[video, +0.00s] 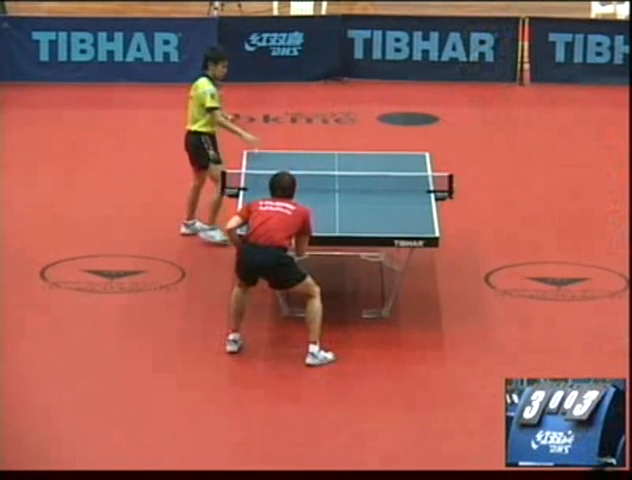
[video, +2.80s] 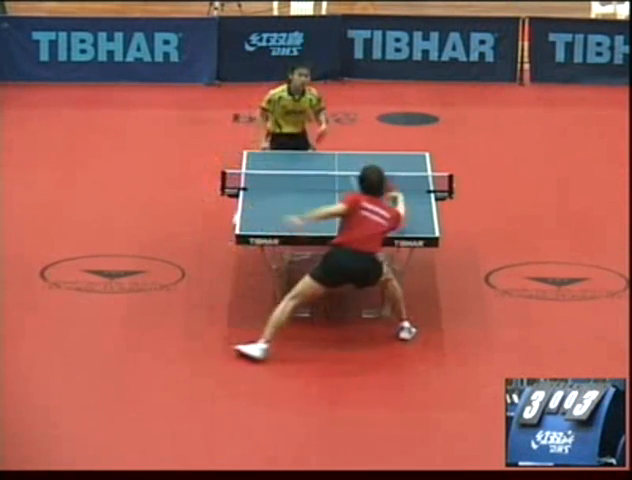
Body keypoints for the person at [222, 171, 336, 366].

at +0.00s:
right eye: (293, 189)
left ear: (271, 191)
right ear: (293, 192)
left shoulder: (255, 206)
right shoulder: (302, 212)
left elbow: (230, 228)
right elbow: (301, 251)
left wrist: (241, 246)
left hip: (249, 252)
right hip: (276, 256)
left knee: (242, 287)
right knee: (313, 292)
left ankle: (233, 336)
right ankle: (315, 349)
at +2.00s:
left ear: (268, 168)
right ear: (290, 169)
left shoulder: (253, 189)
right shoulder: (301, 192)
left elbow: (233, 218)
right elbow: (308, 233)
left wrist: (249, 229)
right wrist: (290, 233)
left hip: (255, 244)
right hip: (285, 246)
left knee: (240, 285)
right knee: (320, 289)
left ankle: (228, 336)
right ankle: (340, 342)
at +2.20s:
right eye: (304, 165)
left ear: (286, 169)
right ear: (308, 169)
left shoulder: (272, 190)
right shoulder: (321, 194)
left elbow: (252, 220)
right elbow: (332, 232)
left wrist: (270, 228)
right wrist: (316, 228)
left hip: (272, 245)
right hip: (302, 247)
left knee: (246, 285)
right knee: (335, 291)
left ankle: (228, 336)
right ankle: (350, 344)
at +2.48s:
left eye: (309, 168)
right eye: (317, 169)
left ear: (301, 172)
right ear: (322, 174)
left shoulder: (285, 194)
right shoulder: (333, 198)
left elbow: (255, 213)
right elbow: (356, 228)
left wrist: (250, 214)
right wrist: (338, 220)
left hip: (288, 254)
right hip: (319, 256)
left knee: (249, 294)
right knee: (353, 282)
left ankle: (237, 345)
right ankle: (369, 331)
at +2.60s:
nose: (332, 176)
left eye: (328, 172)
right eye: (341, 173)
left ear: (323, 174)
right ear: (345, 176)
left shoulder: (310, 193)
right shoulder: (354, 201)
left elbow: (279, 201)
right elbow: (377, 225)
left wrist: (248, 203)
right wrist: (357, 214)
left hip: (304, 255)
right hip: (334, 257)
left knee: (262, 294)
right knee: (367, 285)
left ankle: (238, 345)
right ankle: (398, 324)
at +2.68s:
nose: (347, 180)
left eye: (343, 176)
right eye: (356, 176)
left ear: (340, 179)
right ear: (362, 180)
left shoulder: (331, 197)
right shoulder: (373, 206)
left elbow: (300, 202)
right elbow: (395, 224)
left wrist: (268, 205)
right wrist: (382, 215)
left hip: (322, 256)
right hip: (351, 260)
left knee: (279, 298)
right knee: (378, 285)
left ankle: (243, 344)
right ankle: (404, 327)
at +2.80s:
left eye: (363, 184)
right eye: (382, 183)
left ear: (361, 185)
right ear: (383, 188)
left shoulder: (356, 200)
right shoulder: (391, 215)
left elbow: (337, 211)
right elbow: (401, 217)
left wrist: (303, 219)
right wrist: (399, 200)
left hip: (339, 256)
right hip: (367, 261)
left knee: (293, 298)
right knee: (388, 280)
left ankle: (262, 344)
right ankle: (405, 326)